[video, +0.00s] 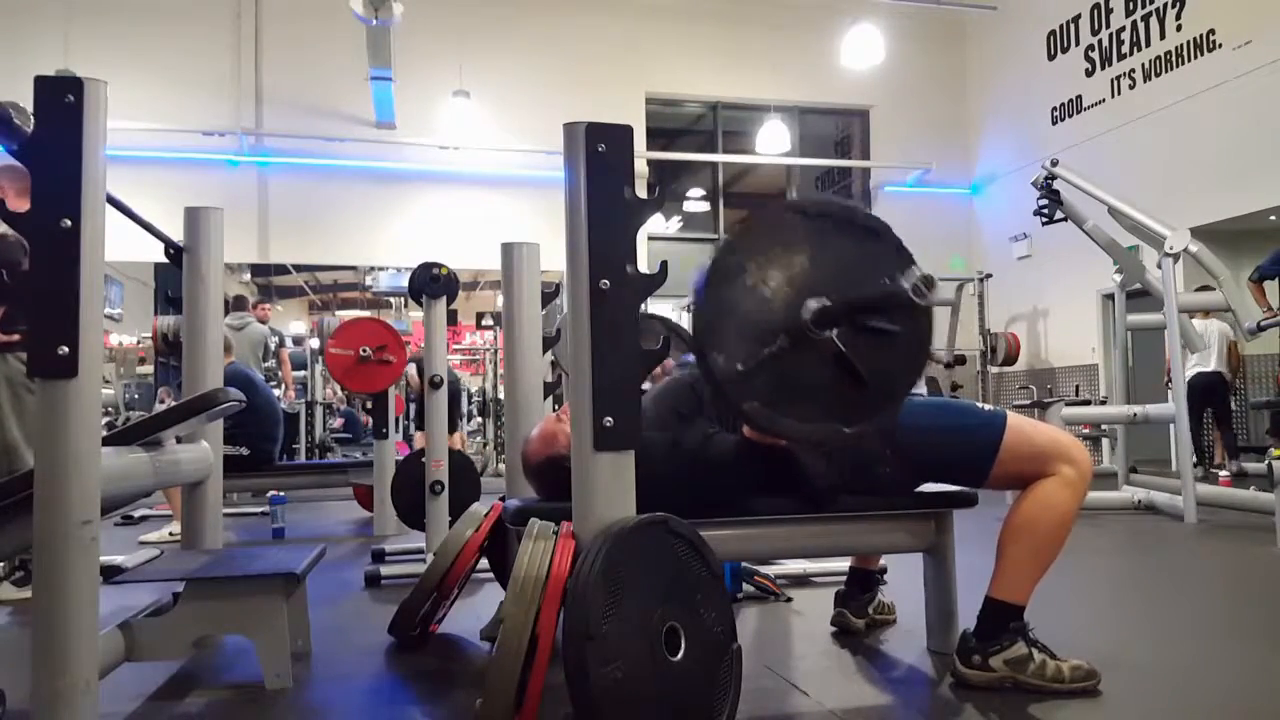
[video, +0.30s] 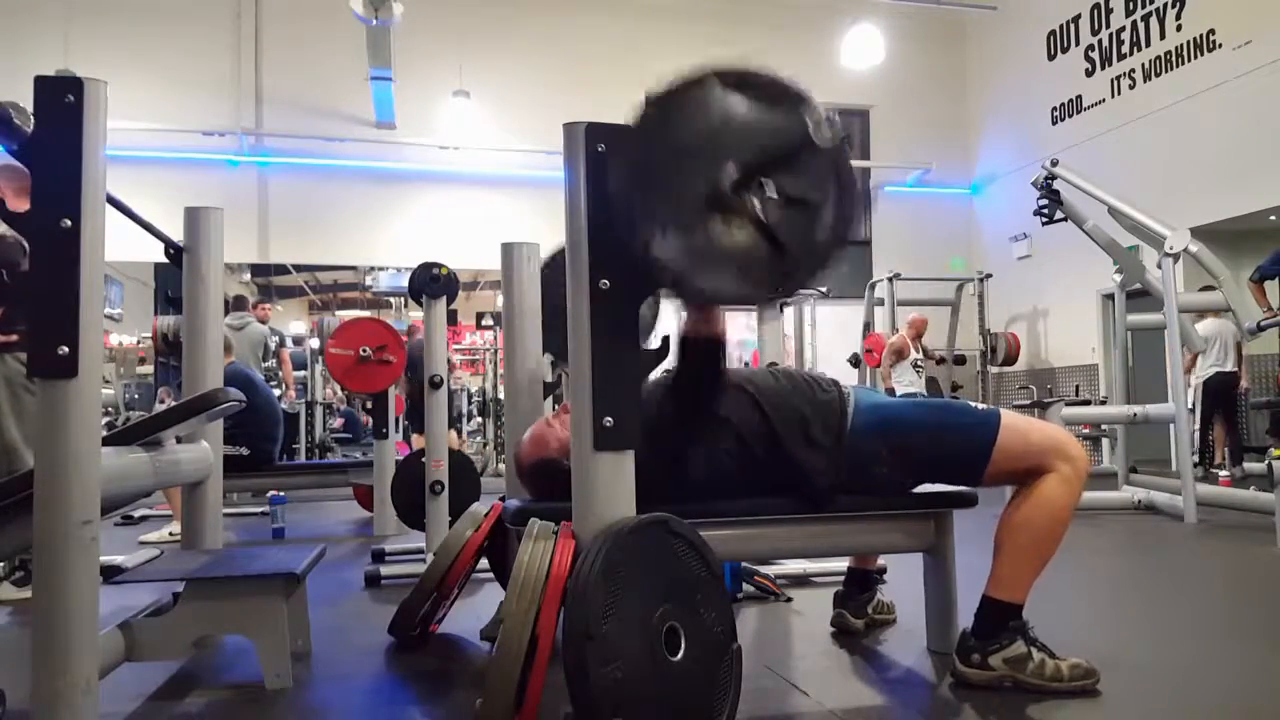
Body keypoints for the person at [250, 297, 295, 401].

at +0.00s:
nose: (266, 313)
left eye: (269, 310)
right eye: (262, 309)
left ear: (271, 311)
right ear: (253, 311)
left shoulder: (277, 335)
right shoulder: (246, 333)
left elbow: (284, 361)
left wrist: (289, 387)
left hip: (273, 386)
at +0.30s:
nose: (266, 313)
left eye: (269, 309)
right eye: (262, 309)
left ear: (272, 311)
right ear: (252, 311)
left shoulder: (277, 335)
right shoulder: (245, 334)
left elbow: (285, 361)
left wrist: (290, 387)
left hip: (274, 387)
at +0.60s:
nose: (267, 313)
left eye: (269, 309)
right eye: (263, 309)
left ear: (271, 311)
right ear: (252, 311)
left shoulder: (278, 334)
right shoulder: (246, 333)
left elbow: (286, 361)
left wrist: (291, 386)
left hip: (274, 387)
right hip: (252, 386)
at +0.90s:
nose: (264, 314)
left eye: (266, 310)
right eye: (260, 310)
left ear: (269, 312)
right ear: (252, 312)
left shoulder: (277, 333)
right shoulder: (246, 333)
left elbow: (286, 360)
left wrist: (291, 385)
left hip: (273, 385)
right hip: (251, 385)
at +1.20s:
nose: (263, 315)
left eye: (266, 311)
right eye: (259, 311)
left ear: (269, 313)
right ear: (252, 312)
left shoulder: (277, 332)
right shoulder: (246, 332)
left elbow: (286, 358)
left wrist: (292, 384)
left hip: (272, 384)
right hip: (251, 383)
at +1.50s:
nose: (263, 316)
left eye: (266, 313)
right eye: (259, 313)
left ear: (269, 314)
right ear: (252, 312)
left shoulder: (277, 334)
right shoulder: (246, 333)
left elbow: (286, 359)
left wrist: (292, 385)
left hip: (272, 384)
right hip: (251, 384)